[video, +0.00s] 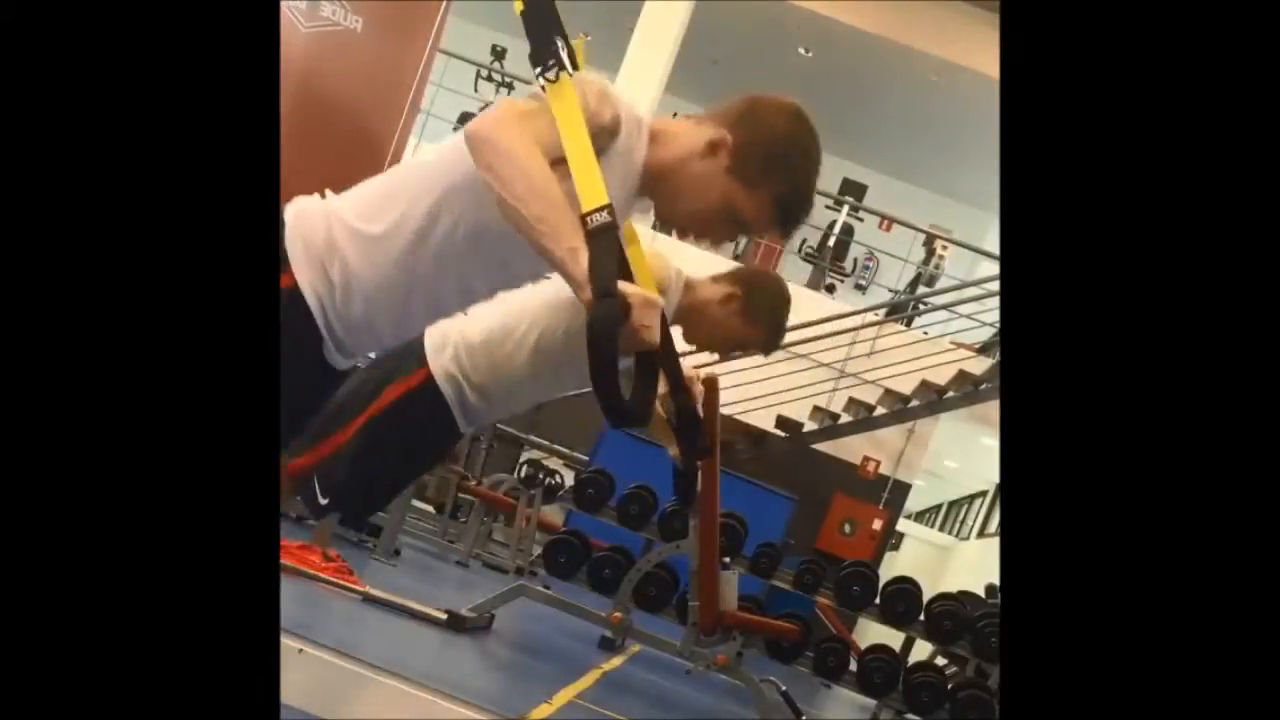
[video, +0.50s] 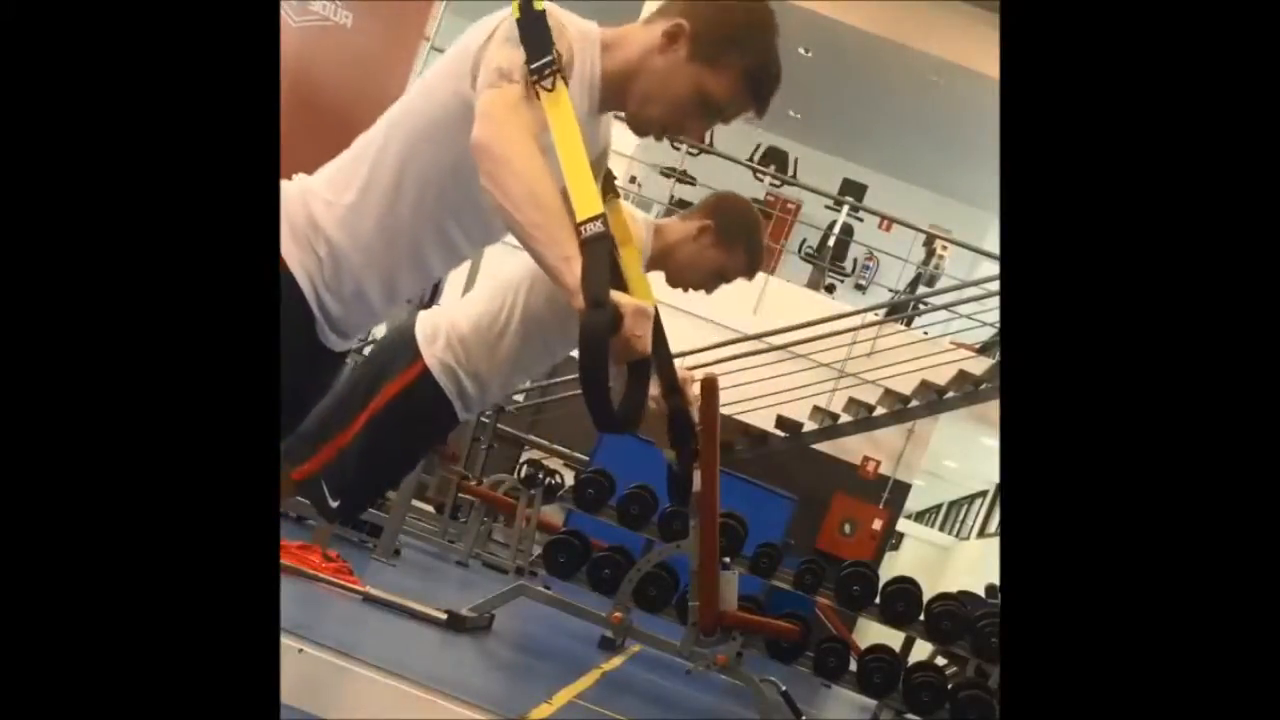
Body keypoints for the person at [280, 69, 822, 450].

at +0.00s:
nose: (714, 243)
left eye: (735, 237)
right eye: (732, 222)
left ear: (722, 142)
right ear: (721, 147)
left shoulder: (622, 213)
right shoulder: (603, 106)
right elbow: (497, 134)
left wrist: (667, 385)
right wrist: (593, 276)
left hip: (343, 352)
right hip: (298, 287)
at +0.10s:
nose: (706, 200)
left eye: (728, 194)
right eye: (721, 177)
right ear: (700, 109)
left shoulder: (612, 173)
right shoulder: (578, 75)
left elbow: (610, 278)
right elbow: (500, 142)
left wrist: (656, 375)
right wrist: (594, 282)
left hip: (338, 342)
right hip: (295, 278)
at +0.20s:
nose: (702, 168)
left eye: (721, 160)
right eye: (714, 144)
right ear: (690, 68)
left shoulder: (601, 153)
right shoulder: (562, 50)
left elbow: (589, 264)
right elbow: (499, 141)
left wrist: (646, 378)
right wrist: (586, 278)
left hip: (336, 335)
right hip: (292, 273)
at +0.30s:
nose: (697, 143)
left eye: (714, 132)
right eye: (706, 116)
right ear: (676, 45)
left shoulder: (592, 141)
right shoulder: (551, 32)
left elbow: (591, 252)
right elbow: (499, 139)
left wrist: (652, 375)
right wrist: (581, 283)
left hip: (333, 330)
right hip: (291, 268)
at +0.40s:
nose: (698, 135)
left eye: (712, 123)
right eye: (705, 108)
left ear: (666, 39)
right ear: (670, 36)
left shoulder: (590, 136)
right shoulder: (545, 28)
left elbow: (608, 248)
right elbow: (499, 143)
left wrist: (657, 375)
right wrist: (584, 288)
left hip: (331, 332)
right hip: (289, 269)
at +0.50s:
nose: (699, 137)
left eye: (715, 125)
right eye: (708, 110)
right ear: (673, 39)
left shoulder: (592, 138)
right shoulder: (549, 30)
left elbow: (609, 250)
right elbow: (499, 143)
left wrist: (658, 378)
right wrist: (586, 289)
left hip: (333, 335)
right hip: (290, 273)